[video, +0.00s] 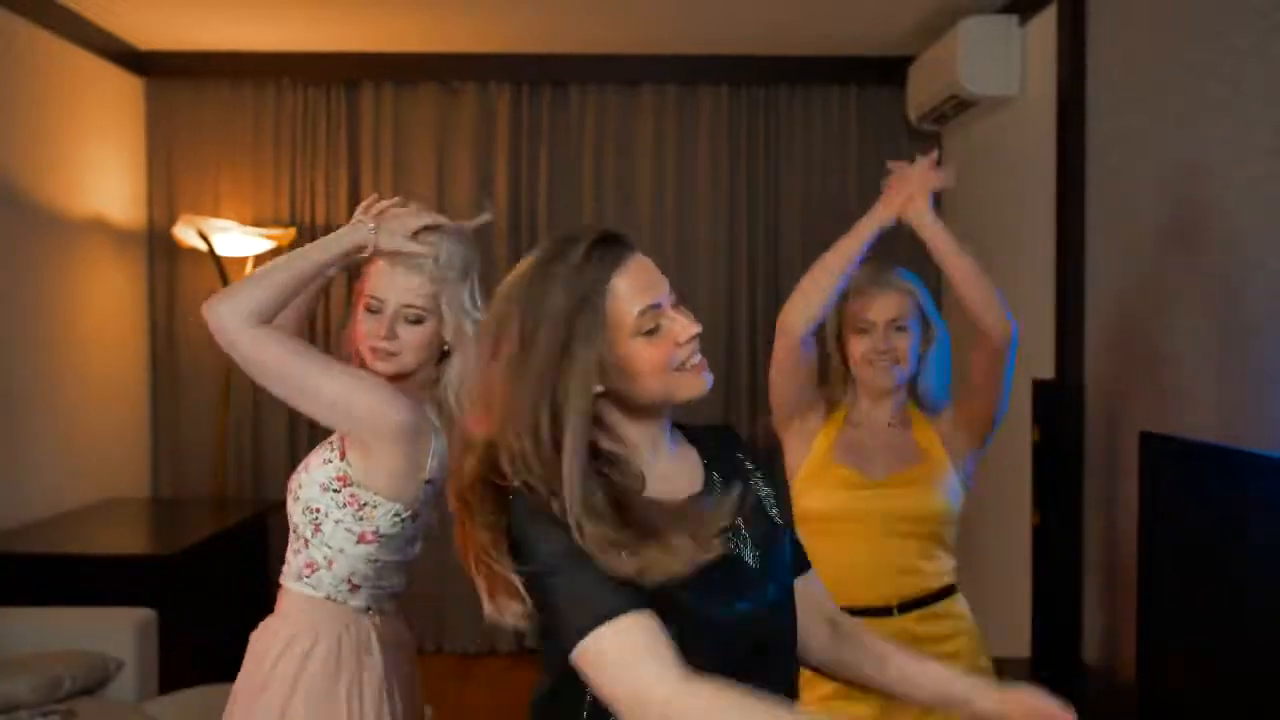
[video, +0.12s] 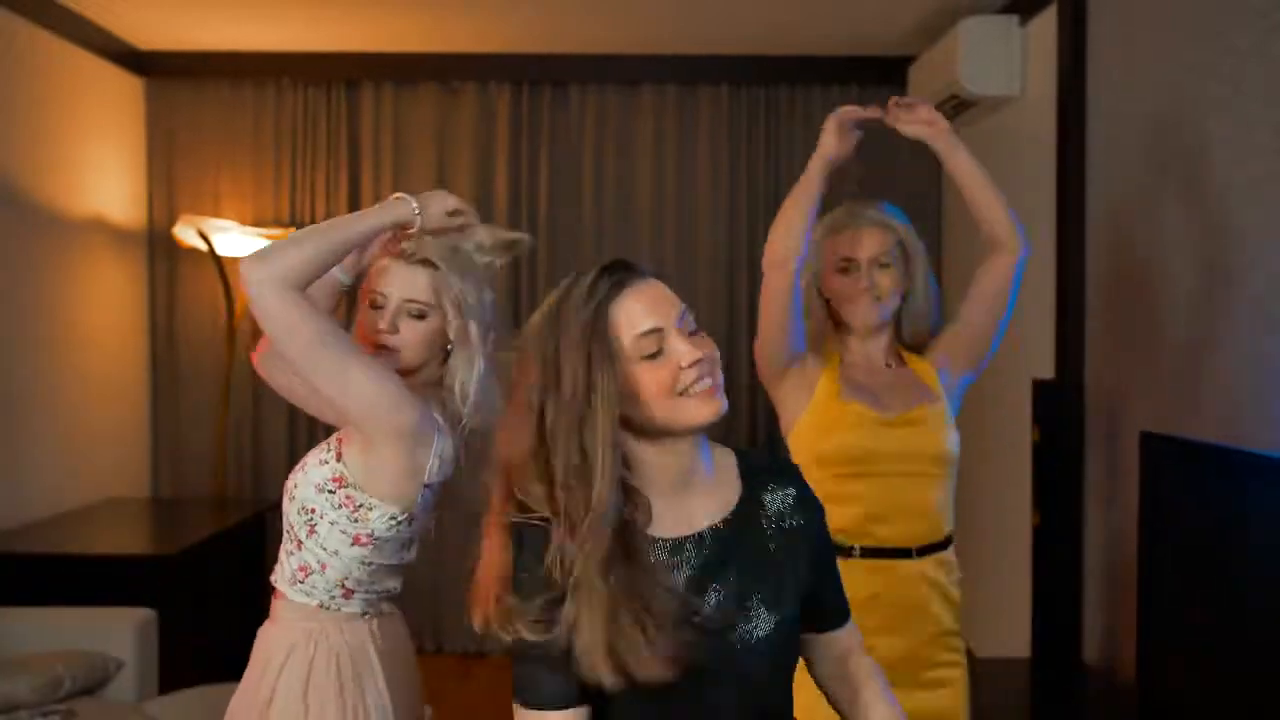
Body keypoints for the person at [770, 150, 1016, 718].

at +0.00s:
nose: (881, 343)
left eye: (899, 328)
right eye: (863, 329)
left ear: (922, 343)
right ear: (840, 344)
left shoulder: (951, 435)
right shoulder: (805, 430)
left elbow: (996, 334)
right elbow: (792, 328)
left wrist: (922, 216)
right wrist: (881, 213)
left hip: (943, 665)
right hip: (835, 671)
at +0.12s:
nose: (868, 282)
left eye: (884, 264)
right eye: (847, 267)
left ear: (908, 278)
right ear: (820, 285)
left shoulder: (939, 374)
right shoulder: (795, 377)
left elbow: (1007, 248)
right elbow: (779, 264)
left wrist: (943, 137)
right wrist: (820, 163)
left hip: (930, 637)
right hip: (831, 641)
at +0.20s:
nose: (854, 277)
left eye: (870, 260)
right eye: (836, 262)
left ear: (897, 277)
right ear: (808, 277)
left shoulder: (922, 371)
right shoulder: (797, 378)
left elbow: (983, 242)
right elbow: (793, 280)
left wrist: (926, 130)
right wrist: (799, 174)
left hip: (918, 635)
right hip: (831, 637)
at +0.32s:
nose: (849, 330)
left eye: (855, 310)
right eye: (823, 314)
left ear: (873, 323)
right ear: (785, 335)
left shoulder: (885, 420)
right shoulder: (801, 442)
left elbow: (928, 290)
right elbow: (862, 335)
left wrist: (867, 198)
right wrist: (826, 210)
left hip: (890, 699)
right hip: (822, 701)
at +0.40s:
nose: (838, 341)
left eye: (852, 320)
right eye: (815, 325)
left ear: (869, 326)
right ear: (781, 345)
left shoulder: (866, 431)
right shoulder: (806, 445)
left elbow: (896, 323)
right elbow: (884, 346)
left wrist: (834, 243)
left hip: (881, 689)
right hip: (822, 693)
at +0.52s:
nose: (843, 266)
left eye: (853, 250)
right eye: (821, 251)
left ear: (864, 261)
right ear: (782, 270)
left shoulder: (826, 333)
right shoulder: (824, 334)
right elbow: (931, 338)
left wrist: (817, 194)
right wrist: (1040, 324)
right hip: (856, 569)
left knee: (870, 700)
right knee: (858, 703)